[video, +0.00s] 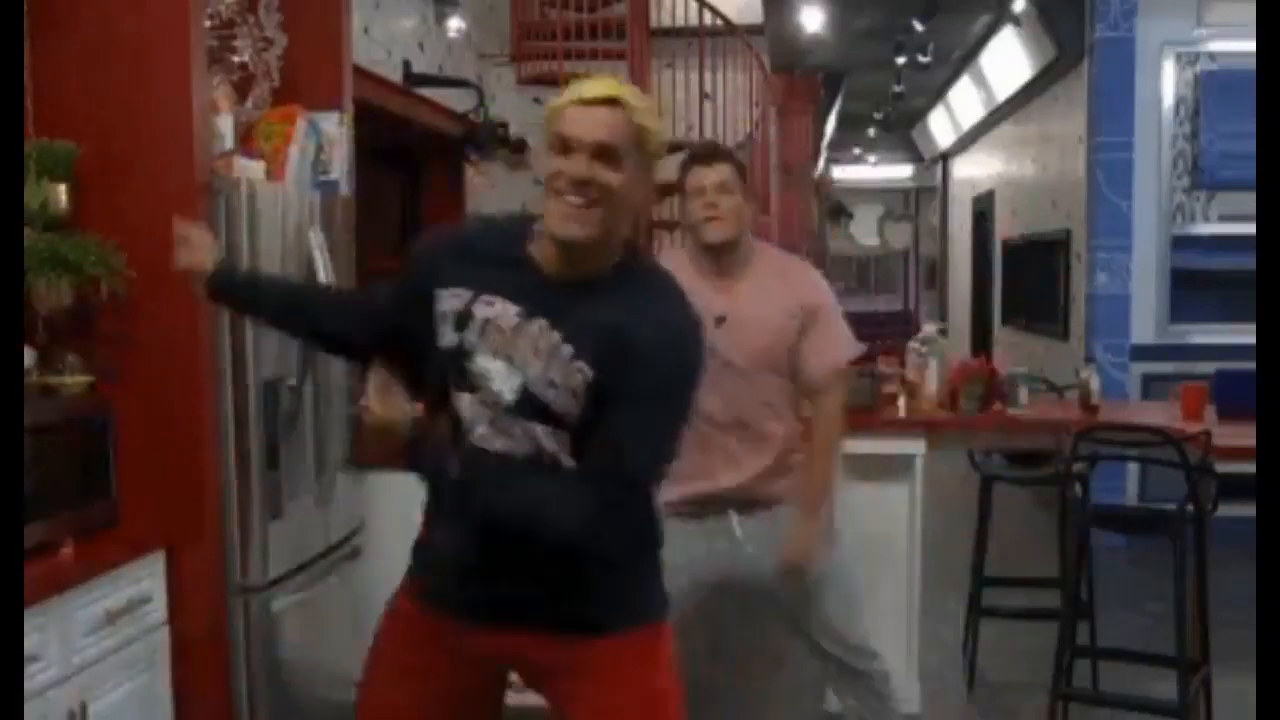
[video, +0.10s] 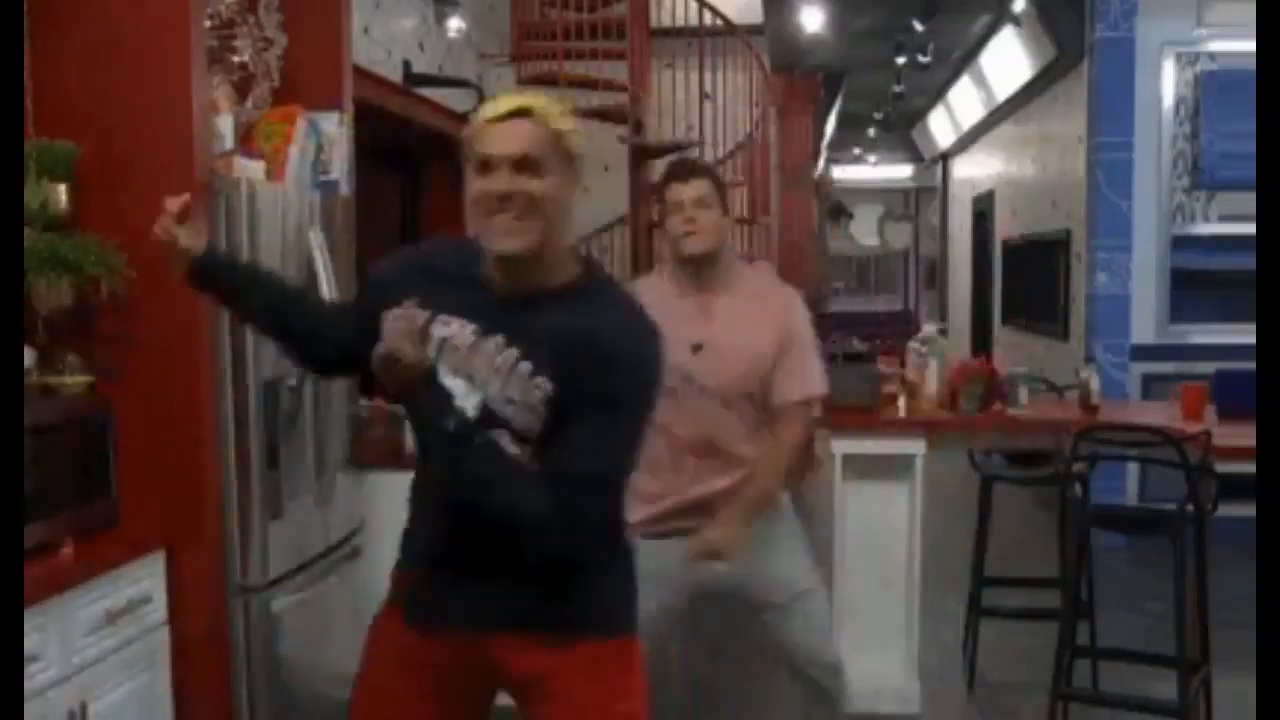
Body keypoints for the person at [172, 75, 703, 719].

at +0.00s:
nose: (577, 173)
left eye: (607, 158)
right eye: (564, 150)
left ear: (648, 185)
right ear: (541, 160)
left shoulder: (659, 323)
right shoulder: (468, 255)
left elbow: (604, 511)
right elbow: (369, 325)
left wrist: (429, 445)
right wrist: (222, 276)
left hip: (601, 620)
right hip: (448, 602)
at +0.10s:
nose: (503, 186)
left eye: (528, 168)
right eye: (485, 168)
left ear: (570, 185)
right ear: (464, 185)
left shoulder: (618, 335)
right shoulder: (431, 274)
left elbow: (569, 521)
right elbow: (333, 341)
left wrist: (426, 395)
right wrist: (203, 264)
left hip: (576, 630)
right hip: (431, 616)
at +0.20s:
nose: (414, 215)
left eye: (442, 200)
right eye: (399, 196)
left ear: (484, 223)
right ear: (377, 214)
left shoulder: (534, 352)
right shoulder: (343, 326)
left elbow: (523, 539)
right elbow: (262, 444)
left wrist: (365, 481)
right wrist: (139, 380)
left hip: (517, 669)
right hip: (372, 667)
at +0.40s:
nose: (295, 273)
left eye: (312, 248)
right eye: (279, 260)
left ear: (370, 250)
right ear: (271, 281)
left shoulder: (481, 369)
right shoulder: (275, 413)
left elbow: (549, 558)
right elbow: (259, 597)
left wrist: (586, 697)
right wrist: (241, 708)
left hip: (493, 686)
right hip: (339, 693)